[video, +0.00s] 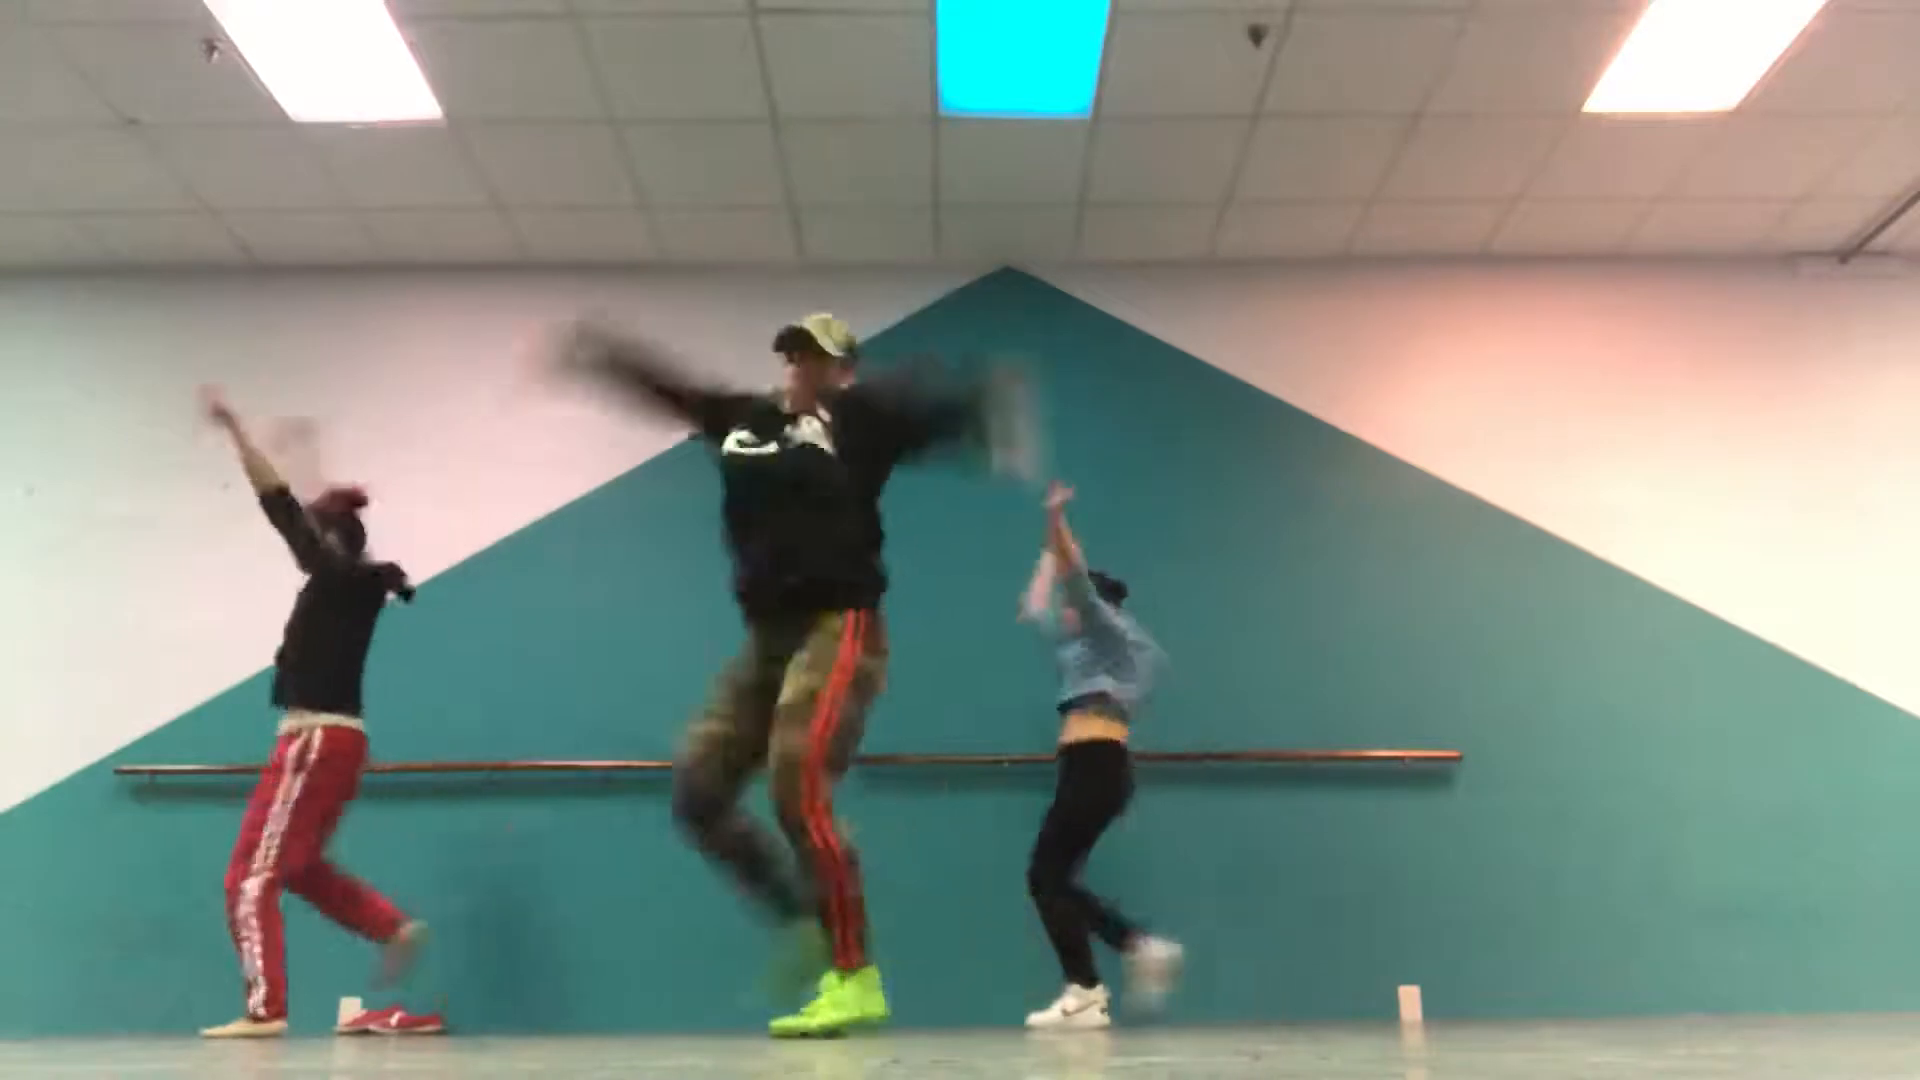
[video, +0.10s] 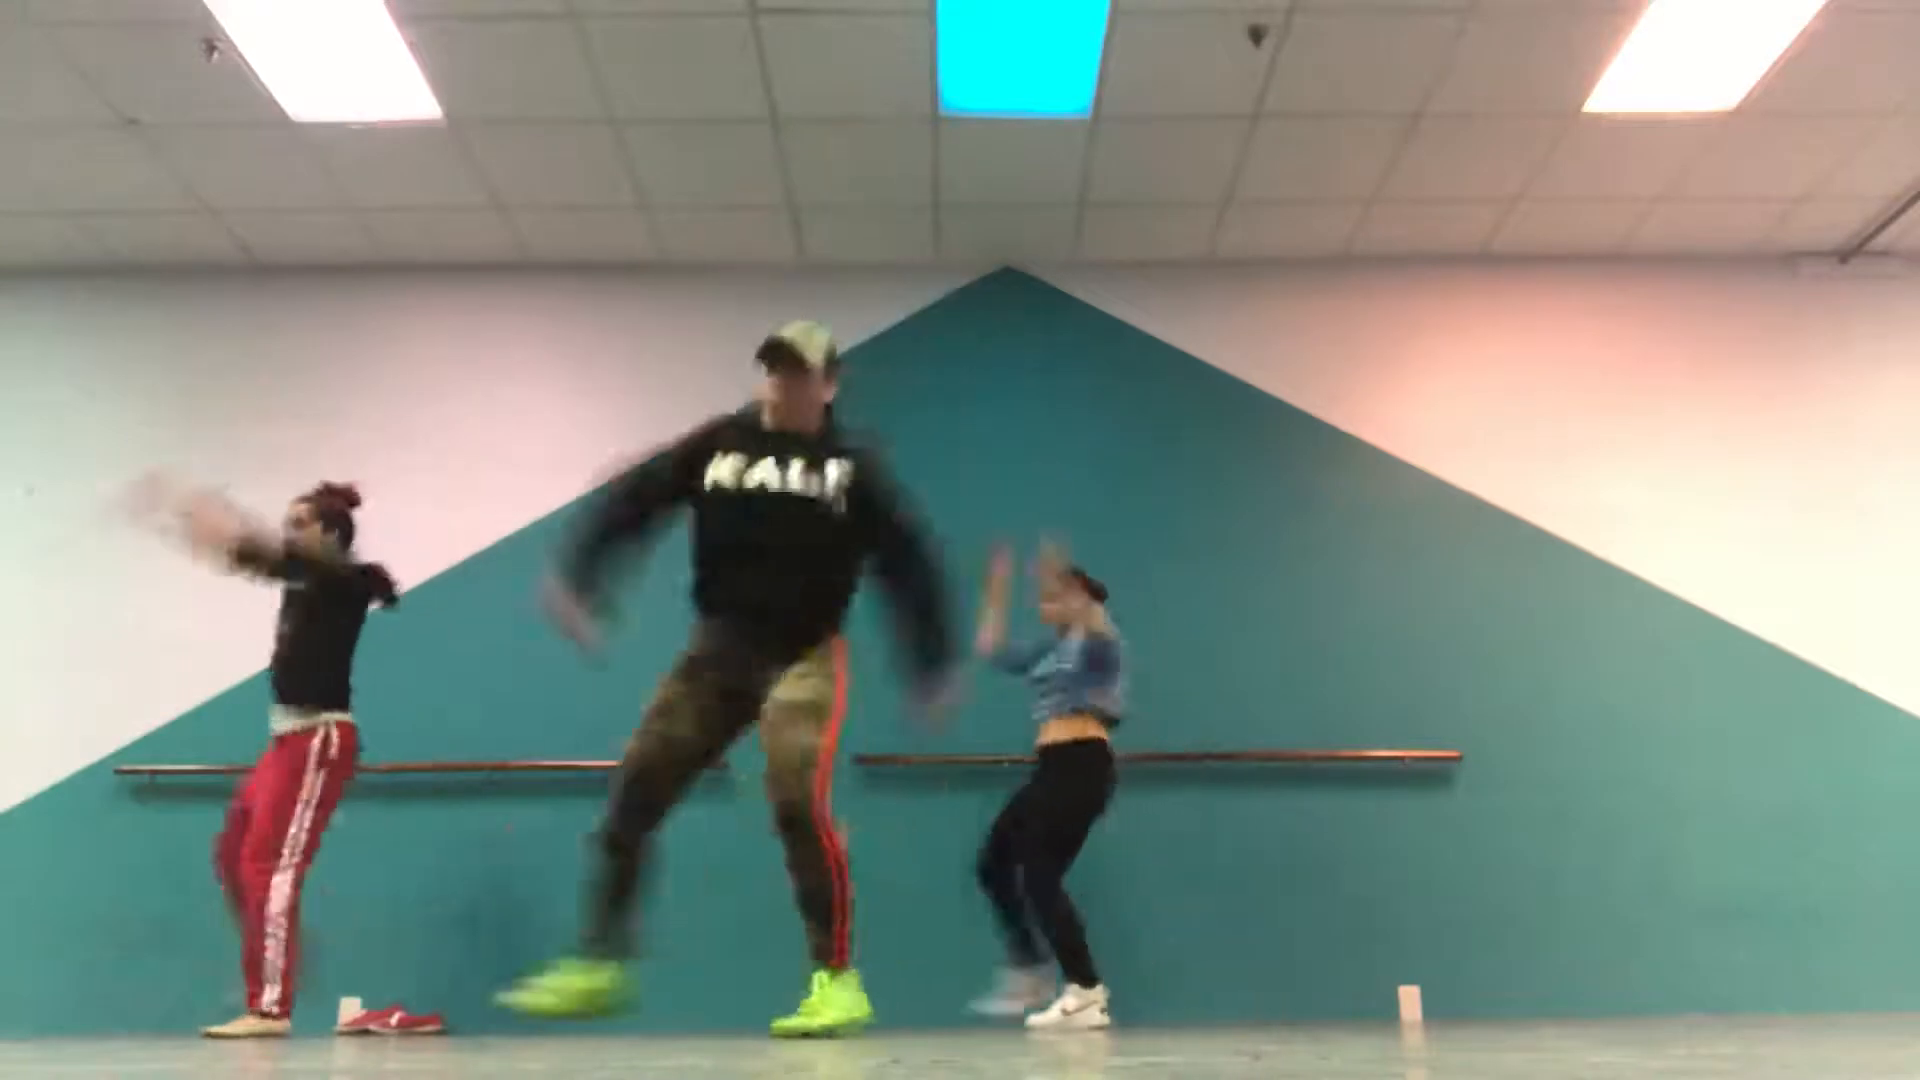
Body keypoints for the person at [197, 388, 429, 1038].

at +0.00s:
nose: (306, 537)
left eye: (315, 528)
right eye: (309, 528)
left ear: (330, 533)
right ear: (355, 533)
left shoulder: (339, 575)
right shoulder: (350, 579)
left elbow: (281, 507)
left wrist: (233, 428)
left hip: (314, 742)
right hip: (334, 742)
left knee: (251, 878)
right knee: (298, 866)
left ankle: (264, 1011)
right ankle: (394, 929)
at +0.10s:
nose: (290, 533)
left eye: (299, 524)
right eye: (290, 524)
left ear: (329, 529)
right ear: (305, 530)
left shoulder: (349, 579)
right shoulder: (302, 573)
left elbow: (299, 558)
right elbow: (249, 558)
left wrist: (229, 528)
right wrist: (190, 528)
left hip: (321, 740)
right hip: (288, 741)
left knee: (273, 865)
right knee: (236, 856)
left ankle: (271, 1009)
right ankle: (265, 999)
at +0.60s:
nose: (300, 534)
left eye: (312, 526)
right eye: (302, 525)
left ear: (346, 537)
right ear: (323, 537)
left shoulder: (354, 590)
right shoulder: (316, 596)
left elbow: (368, 667)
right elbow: (305, 674)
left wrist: (338, 728)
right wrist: (263, 718)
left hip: (303, 728)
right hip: (272, 729)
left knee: (279, 865)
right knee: (245, 860)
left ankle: (278, 1010)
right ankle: (231, 998)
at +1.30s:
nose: (395, 536)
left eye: (406, 526)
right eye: (398, 525)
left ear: (439, 535)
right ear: (443, 538)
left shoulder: (427, 586)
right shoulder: (469, 588)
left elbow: (438, 665)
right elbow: (485, 670)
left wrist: (389, 726)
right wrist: (449, 722)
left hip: (383, 725)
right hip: (433, 730)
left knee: (336, 865)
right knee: (413, 872)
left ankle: (338, 1000)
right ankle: (429, 1002)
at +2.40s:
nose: (165, 597)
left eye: (175, 586)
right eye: (164, 587)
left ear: (210, 592)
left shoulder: (257, 639)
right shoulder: (188, 668)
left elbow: (313, 705)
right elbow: (156, 743)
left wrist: (299, 782)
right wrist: (112, 804)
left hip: (254, 800)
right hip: (198, 800)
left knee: (261, 911)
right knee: (108, 886)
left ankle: (391, 984)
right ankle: (141, 1016)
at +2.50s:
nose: (184, 579)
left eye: (194, 566)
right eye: (179, 567)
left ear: (227, 563)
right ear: (178, 570)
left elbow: (327, 684)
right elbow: (181, 716)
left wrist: (313, 745)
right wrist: (189, 775)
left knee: (282, 879)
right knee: (121, 874)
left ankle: (290, 995)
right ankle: (139, 1012)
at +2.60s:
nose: (227, 554)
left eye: (238, 542)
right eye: (221, 543)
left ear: (267, 543)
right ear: (214, 544)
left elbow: (326, 669)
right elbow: (208, 687)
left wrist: (317, 718)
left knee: (286, 882)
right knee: (145, 867)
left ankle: (256, 1011)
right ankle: (122, 1000)